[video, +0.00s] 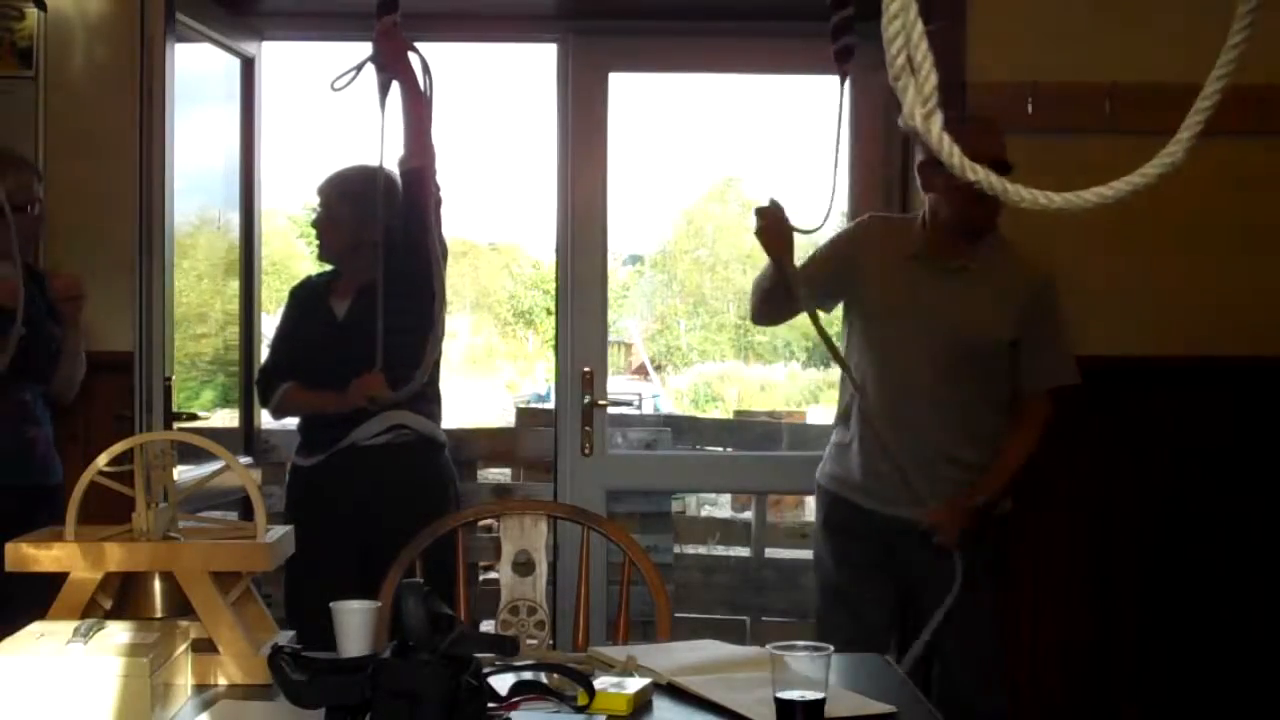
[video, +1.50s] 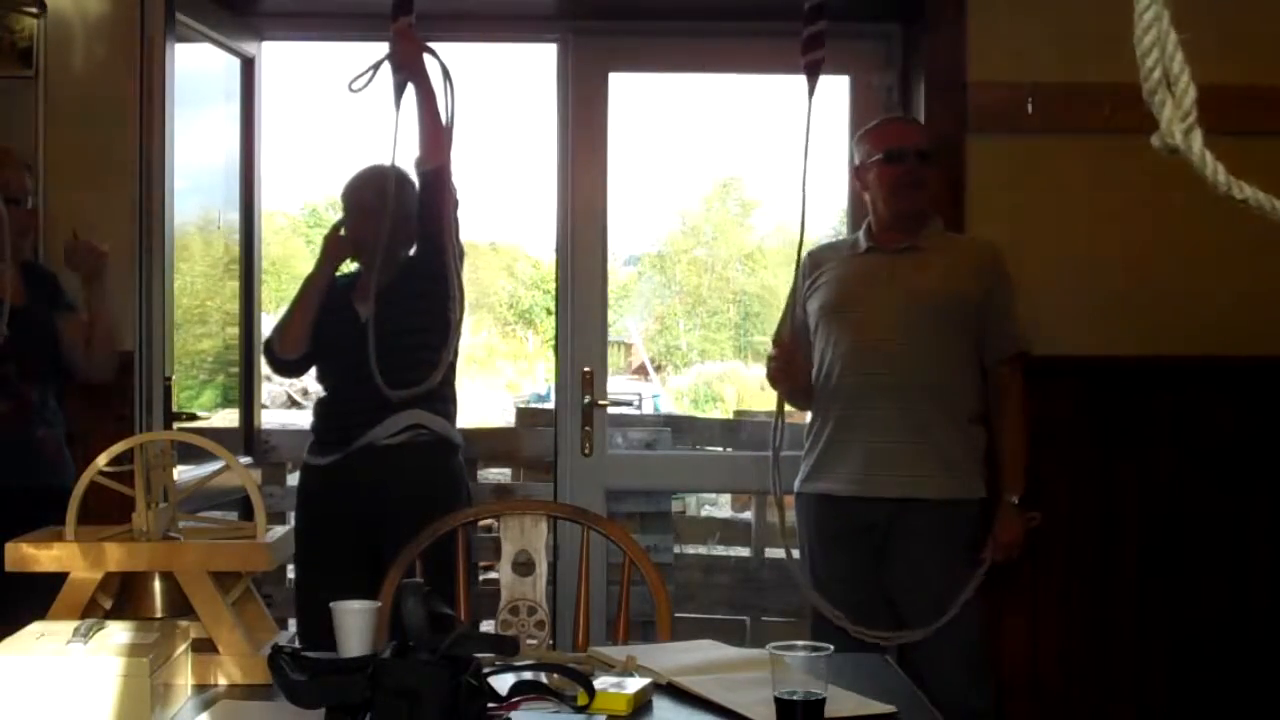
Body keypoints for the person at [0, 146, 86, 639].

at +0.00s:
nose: (33, 215)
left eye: (37, 202)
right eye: (19, 204)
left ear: (44, 206)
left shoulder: (42, 284)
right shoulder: (5, 282)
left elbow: (62, 389)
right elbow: (8, 365)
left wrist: (73, 321)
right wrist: (15, 310)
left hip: (38, 458)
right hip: (8, 457)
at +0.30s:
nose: (36, 215)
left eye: (39, 200)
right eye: (21, 202)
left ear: (46, 202)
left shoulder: (41, 281)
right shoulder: (6, 281)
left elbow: (70, 391)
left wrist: (80, 324)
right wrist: (13, 312)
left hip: (44, 470)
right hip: (12, 472)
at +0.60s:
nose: (25, 215)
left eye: (29, 201)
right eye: (16, 199)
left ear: (32, 207)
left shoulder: (43, 284)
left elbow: (75, 395)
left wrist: (84, 325)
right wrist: (15, 308)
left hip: (41, 475)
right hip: (13, 476)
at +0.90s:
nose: (30, 211)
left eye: (34, 197)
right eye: (18, 198)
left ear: (44, 205)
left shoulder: (49, 285)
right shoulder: (4, 283)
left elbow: (83, 396)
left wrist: (81, 325)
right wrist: (16, 314)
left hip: (47, 470)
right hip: (8, 472)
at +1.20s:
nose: (30, 212)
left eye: (32, 198)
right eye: (18, 198)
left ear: (42, 209)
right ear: (2, 210)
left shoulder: (45, 289)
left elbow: (78, 393)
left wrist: (75, 325)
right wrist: (15, 305)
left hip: (41, 469)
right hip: (11, 467)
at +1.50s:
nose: (23, 213)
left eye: (25, 199)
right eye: (12, 200)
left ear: (34, 207)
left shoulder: (39, 282)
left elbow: (96, 368)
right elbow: (96, 366)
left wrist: (96, 283)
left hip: (41, 467)